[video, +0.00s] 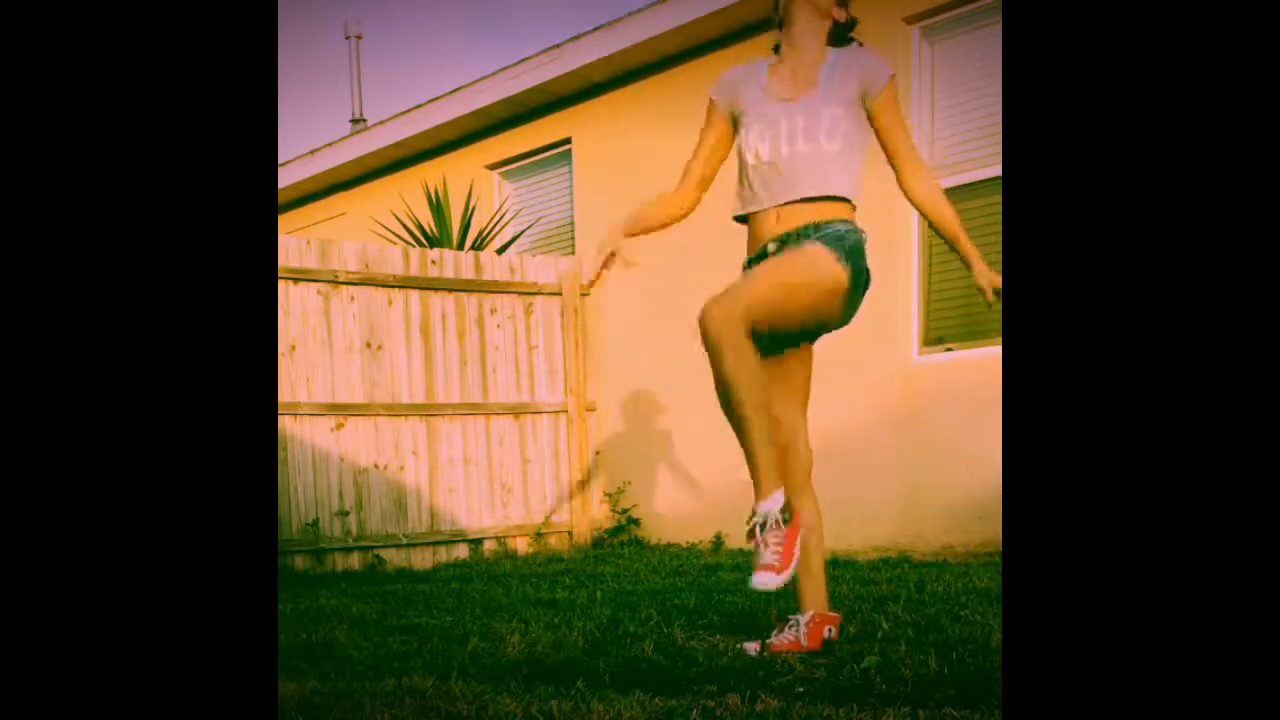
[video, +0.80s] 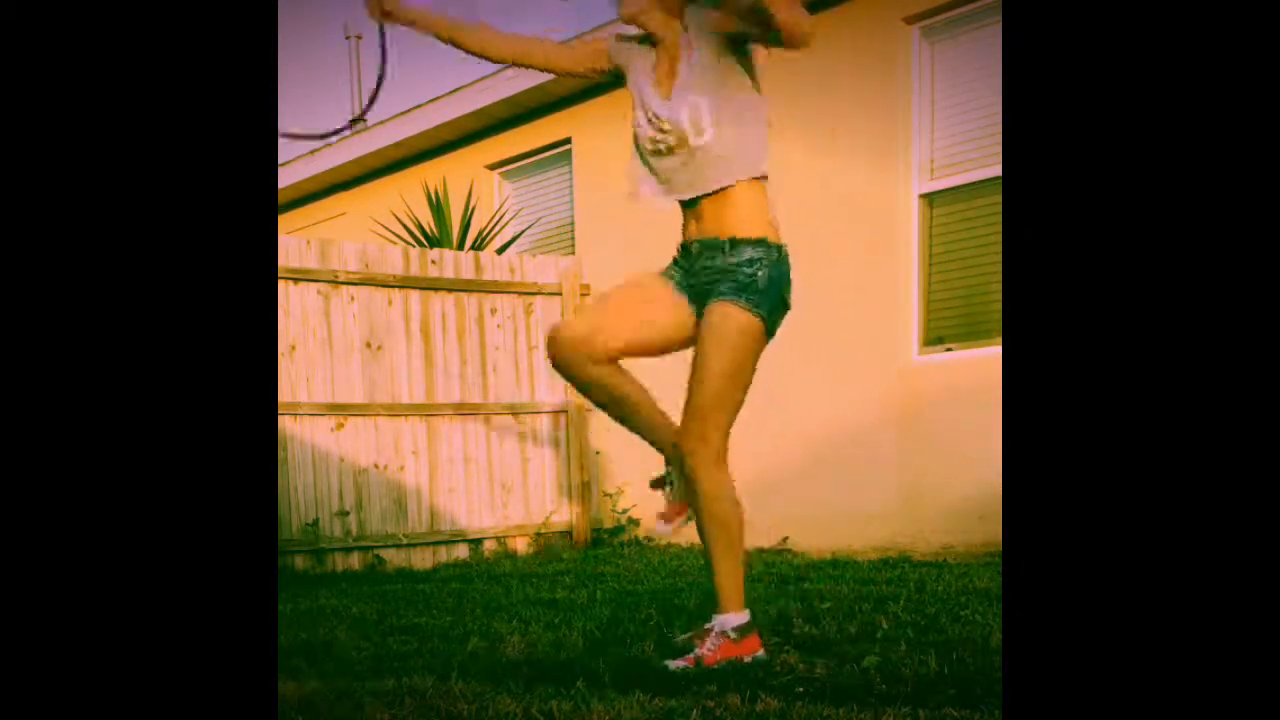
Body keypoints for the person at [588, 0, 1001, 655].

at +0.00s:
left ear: (840, 10)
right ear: (786, 1)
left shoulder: (862, 68)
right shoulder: (738, 83)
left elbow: (914, 176)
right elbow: (688, 192)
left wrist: (976, 262)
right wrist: (622, 228)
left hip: (831, 249)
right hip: (763, 263)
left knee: (721, 315)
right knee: (791, 455)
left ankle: (769, 498)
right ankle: (815, 616)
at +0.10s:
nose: (822, 1)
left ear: (829, 7)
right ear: (784, 0)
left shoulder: (850, 66)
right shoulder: (733, 84)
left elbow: (884, 172)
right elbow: (654, 169)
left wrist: (921, 268)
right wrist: (572, 118)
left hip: (818, 257)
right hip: (753, 271)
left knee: (767, 420)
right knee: (772, 436)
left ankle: (837, 597)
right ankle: (808, 611)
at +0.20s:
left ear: (816, 4)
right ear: (776, 3)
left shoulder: (834, 52)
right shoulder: (726, 78)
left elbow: (854, 156)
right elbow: (621, 122)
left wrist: (854, 237)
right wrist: (594, 24)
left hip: (803, 263)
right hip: (740, 275)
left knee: (796, 446)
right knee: (770, 458)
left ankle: (855, 617)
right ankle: (811, 617)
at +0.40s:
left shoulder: (796, 43)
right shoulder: (690, 53)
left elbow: (847, 154)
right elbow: (582, 35)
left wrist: (815, 145)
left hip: (788, 258)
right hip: (727, 273)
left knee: (733, 426)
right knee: (774, 439)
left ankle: (814, 595)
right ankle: (808, 604)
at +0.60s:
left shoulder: (757, 43)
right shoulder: (648, 45)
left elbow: (829, 129)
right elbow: (547, 7)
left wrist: (837, 145)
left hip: (767, 267)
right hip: (712, 282)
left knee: (697, 437)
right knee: (755, 462)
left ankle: (733, 617)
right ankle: (811, 615)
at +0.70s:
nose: (642, 2)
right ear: (646, 8)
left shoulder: (739, 48)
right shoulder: (633, 54)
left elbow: (825, 152)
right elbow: (524, 16)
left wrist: (804, 111)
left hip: (753, 269)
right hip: (701, 280)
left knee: (688, 452)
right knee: (654, 456)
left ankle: (734, 622)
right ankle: (772, 570)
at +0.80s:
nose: (621, 5)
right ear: (635, 9)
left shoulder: (719, 24)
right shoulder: (628, 52)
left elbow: (798, 33)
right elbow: (511, 48)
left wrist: (754, 7)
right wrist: (407, 14)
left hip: (750, 263)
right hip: (690, 266)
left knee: (701, 447)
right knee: (572, 344)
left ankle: (735, 624)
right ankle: (680, 450)